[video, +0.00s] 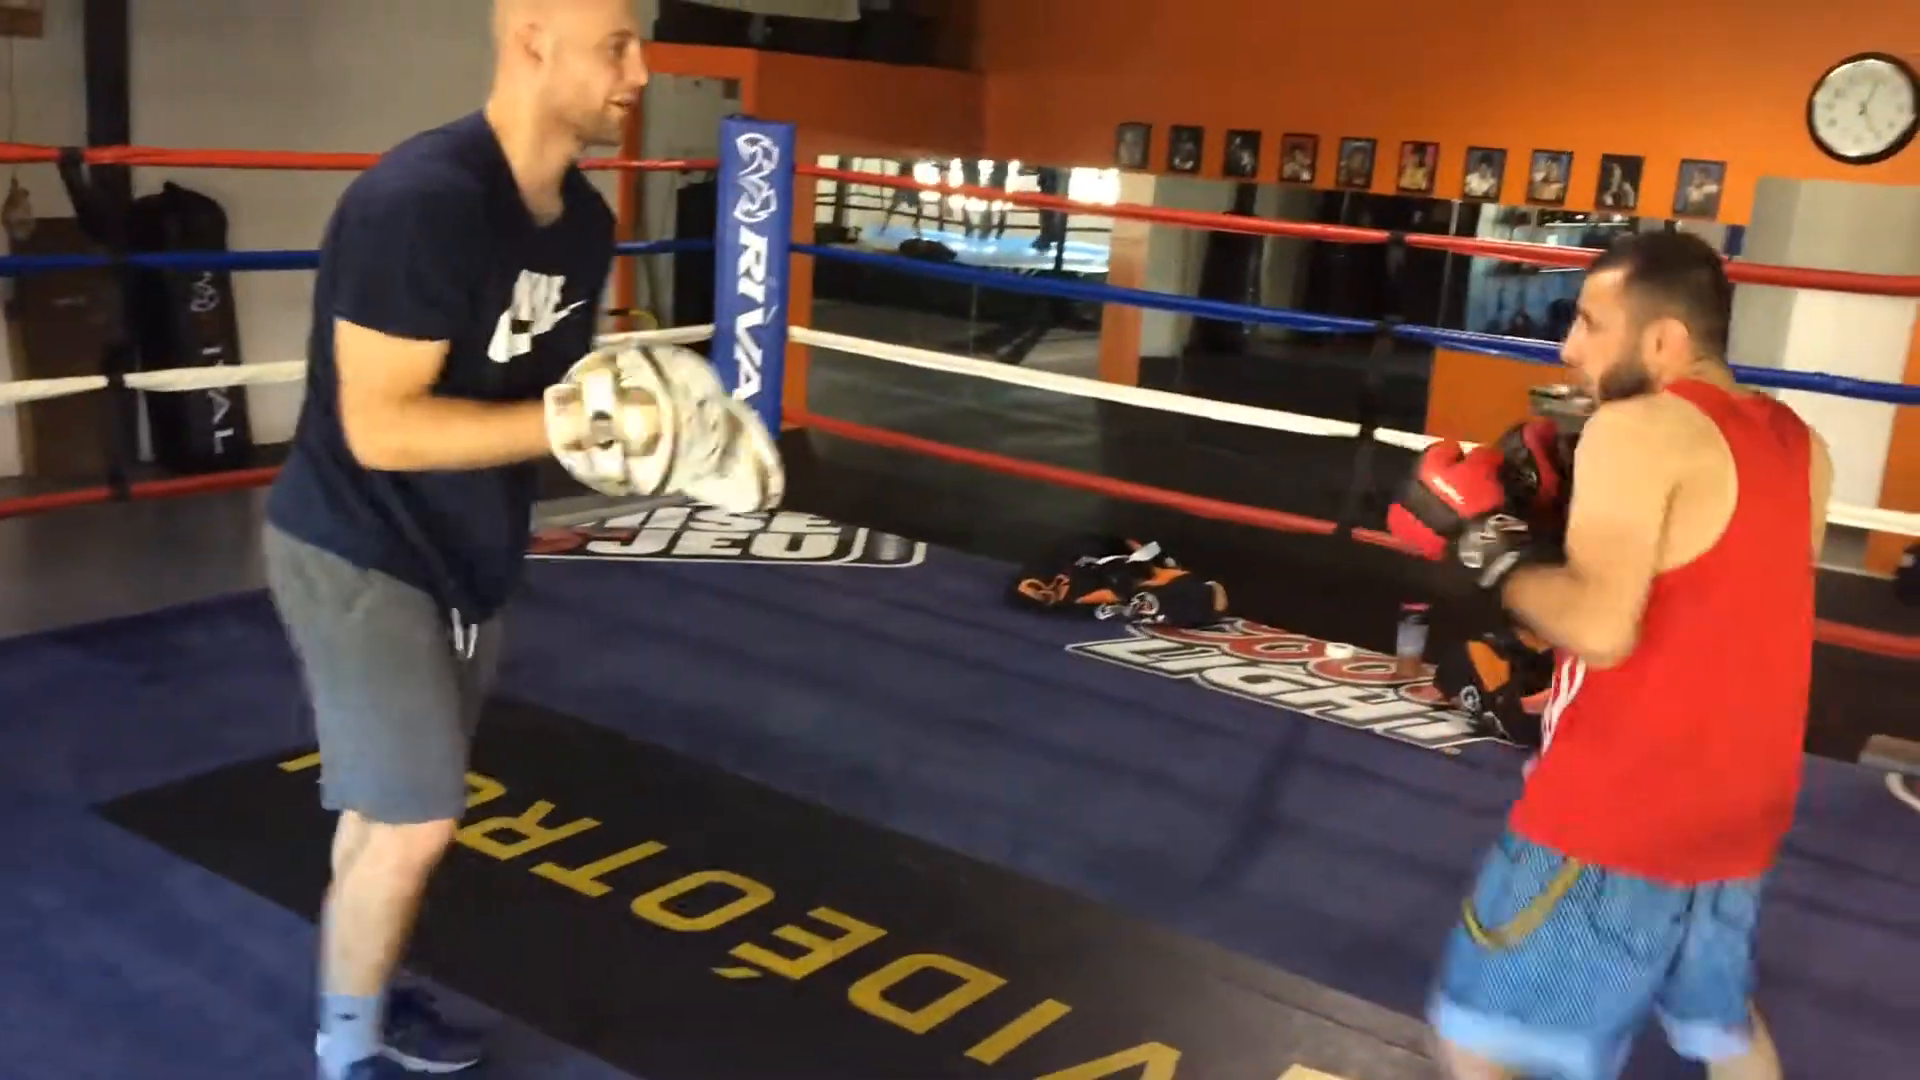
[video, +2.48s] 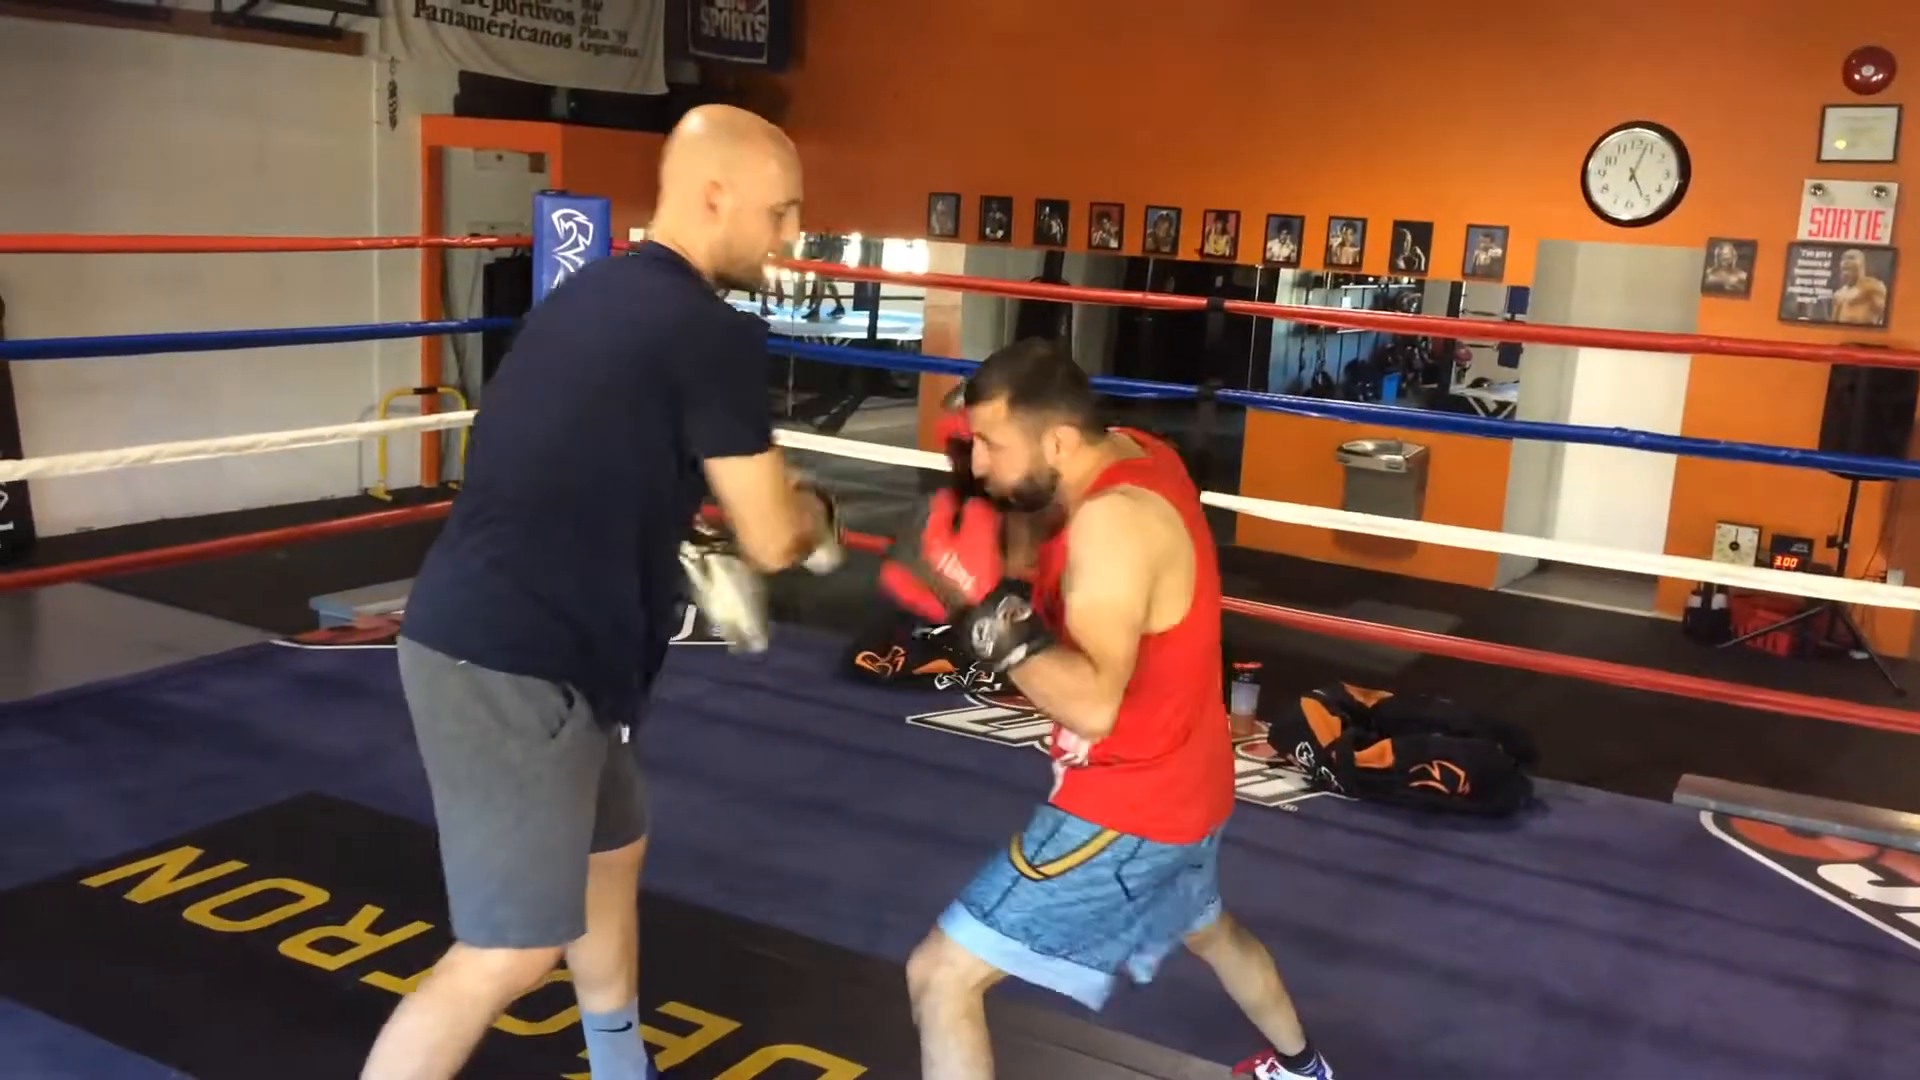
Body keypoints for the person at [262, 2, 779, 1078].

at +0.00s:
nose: (639, 74)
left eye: (639, 48)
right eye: (615, 48)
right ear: (529, 45)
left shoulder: (583, 222)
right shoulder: (417, 201)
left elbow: (541, 400)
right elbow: (379, 430)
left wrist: (650, 420)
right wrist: (574, 422)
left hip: (469, 555)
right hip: (354, 548)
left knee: (398, 798)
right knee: (412, 816)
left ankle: (364, 988)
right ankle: (345, 1053)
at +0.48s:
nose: (584, 135)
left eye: (584, 110)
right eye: (569, 109)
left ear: (497, 106)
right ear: (487, 103)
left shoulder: (491, 241)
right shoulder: (393, 258)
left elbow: (482, 412)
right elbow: (457, 498)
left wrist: (614, 393)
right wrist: (623, 418)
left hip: (416, 589)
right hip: (297, 602)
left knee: (483, 796)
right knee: (296, 872)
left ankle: (540, 1028)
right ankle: (236, 1071)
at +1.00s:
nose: (707, 187)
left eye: (709, 164)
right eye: (700, 161)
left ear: (625, 148)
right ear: (638, 148)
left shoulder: (548, 263)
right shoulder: (557, 277)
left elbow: (649, 451)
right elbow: (672, 483)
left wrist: (758, 363)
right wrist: (778, 372)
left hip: (490, 622)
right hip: (420, 627)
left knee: (516, 857)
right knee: (462, 902)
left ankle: (548, 1066)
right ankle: (378, 1078)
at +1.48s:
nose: (730, 245)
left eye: (732, 219)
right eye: (722, 216)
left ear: (641, 207)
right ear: (659, 207)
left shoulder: (546, 306)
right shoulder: (596, 341)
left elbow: (569, 488)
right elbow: (710, 554)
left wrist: (700, 417)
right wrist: (800, 429)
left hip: (507, 650)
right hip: (410, 658)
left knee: (578, 843)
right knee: (456, 944)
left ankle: (586, 1069)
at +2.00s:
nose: (786, 260)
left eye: (791, 239)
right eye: (778, 234)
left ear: (693, 216)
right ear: (709, 216)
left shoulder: (584, 294)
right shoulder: (698, 330)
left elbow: (544, 448)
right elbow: (881, 447)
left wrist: (661, 516)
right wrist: (945, 469)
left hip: (536, 645)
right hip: (474, 649)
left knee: (586, 848)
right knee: (487, 942)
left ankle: (602, 1069)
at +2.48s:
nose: (789, 242)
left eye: (793, 219)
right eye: (779, 215)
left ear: (698, 198)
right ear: (713, 196)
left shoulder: (585, 297)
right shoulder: (704, 328)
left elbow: (599, 469)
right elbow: (772, 539)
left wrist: (740, 520)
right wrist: (808, 516)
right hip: (505, 659)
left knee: (610, 846)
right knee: (511, 945)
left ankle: (618, 1067)